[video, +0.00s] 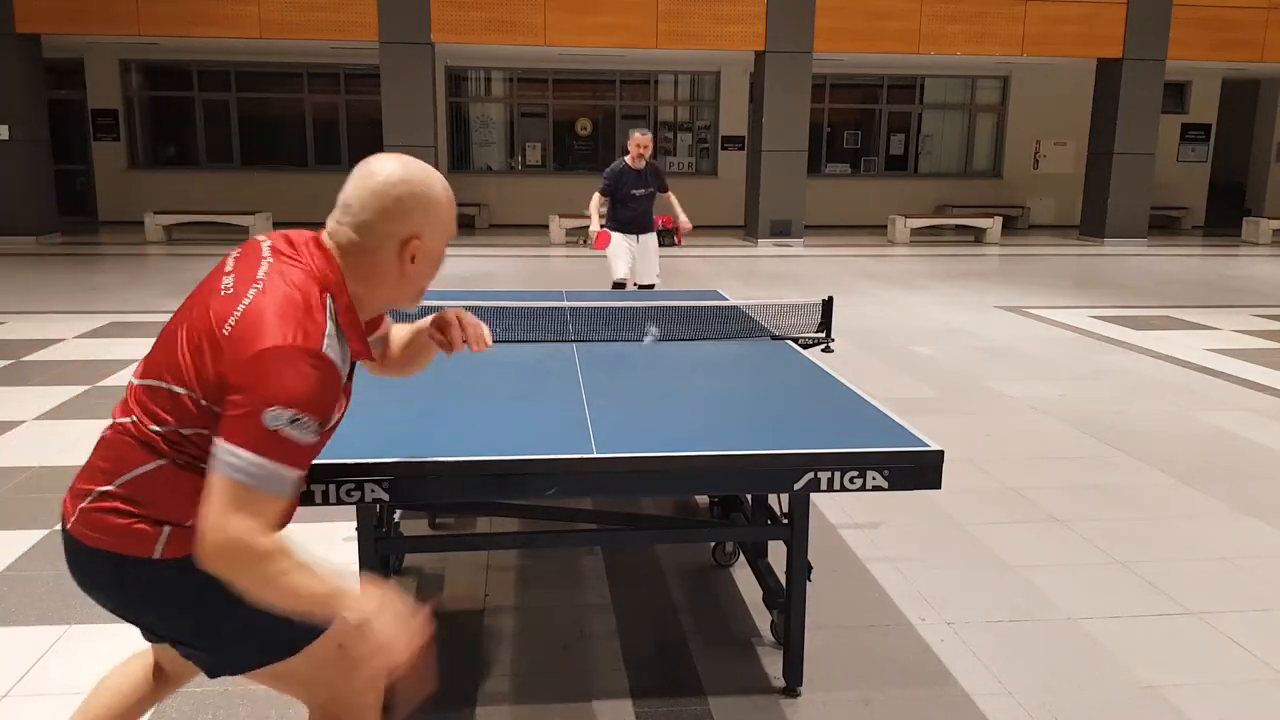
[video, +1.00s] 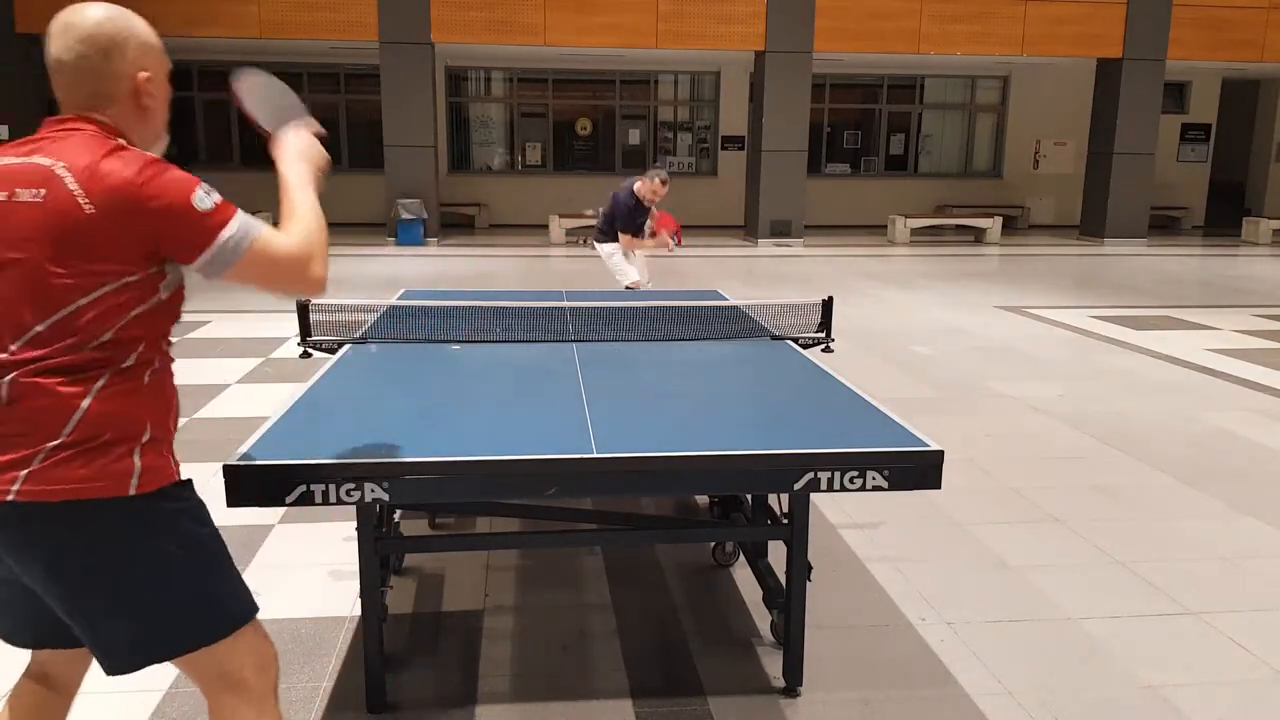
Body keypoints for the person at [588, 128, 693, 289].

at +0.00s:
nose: (642, 151)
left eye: (646, 147)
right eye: (638, 146)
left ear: (651, 148)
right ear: (629, 146)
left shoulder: (653, 170)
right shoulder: (616, 170)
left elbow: (669, 195)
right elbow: (597, 198)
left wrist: (682, 217)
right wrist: (595, 223)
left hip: (646, 235)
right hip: (618, 234)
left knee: (647, 284)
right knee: (621, 280)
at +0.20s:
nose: (630, 145)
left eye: (634, 141)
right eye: (626, 140)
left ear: (640, 143)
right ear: (617, 141)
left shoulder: (644, 166)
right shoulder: (605, 167)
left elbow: (653, 192)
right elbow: (589, 199)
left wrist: (657, 215)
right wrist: (593, 223)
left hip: (637, 234)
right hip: (608, 234)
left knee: (641, 282)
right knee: (598, 283)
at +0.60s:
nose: (636, 151)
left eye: (641, 147)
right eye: (632, 146)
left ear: (645, 149)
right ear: (622, 145)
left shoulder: (639, 169)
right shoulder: (607, 169)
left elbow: (639, 197)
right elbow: (584, 199)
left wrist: (646, 225)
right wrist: (600, 228)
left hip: (628, 236)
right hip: (601, 236)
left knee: (635, 281)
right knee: (595, 285)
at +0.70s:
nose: (642, 161)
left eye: (646, 157)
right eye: (638, 156)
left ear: (650, 159)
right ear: (628, 154)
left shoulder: (645, 177)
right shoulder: (615, 178)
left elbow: (645, 204)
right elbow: (596, 211)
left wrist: (653, 233)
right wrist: (610, 243)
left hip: (632, 239)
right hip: (607, 240)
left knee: (638, 284)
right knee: (608, 284)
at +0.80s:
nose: (649, 170)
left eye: (653, 166)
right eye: (646, 164)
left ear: (657, 167)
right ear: (635, 161)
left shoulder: (648, 180)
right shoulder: (619, 182)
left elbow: (649, 208)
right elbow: (609, 222)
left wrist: (659, 237)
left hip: (631, 234)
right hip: (605, 233)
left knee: (639, 280)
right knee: (617, 276)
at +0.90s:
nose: (654, 183)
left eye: (658, 179)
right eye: (651, 176)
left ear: (662, 178)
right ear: (641, 168)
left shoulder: (649, 186)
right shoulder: (623, 188)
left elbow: (650, 211)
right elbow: (623, 232)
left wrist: (662, 238)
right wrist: (650, 233)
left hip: (630, 234)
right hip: (606, 233)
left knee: (640, 280)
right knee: (625, 276)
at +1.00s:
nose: (656, 199)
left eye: (659, 197)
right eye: (654, 193)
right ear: (644, 182)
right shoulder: (624, 201)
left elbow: (651, 212)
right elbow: (626, 243)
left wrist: (662, 234)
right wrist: (655, 243)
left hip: (631, 239)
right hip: (607, 241)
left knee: (644, 282)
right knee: (633, 282)